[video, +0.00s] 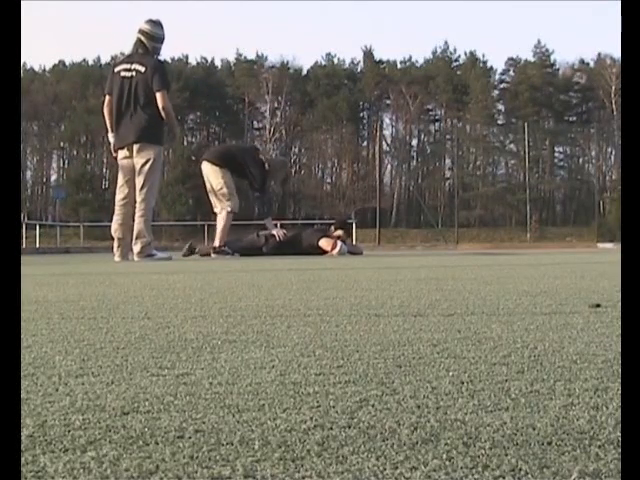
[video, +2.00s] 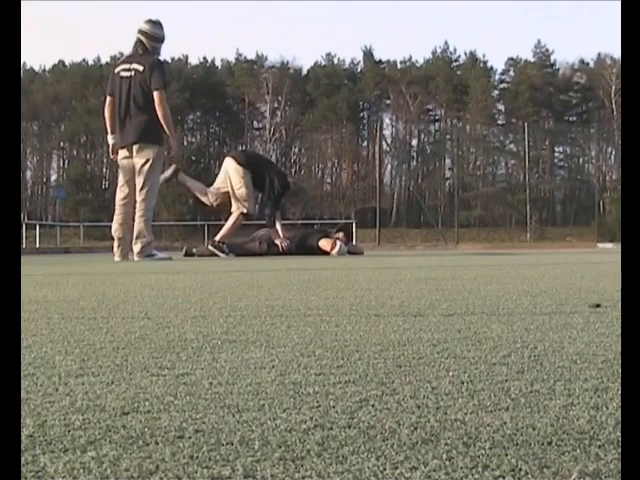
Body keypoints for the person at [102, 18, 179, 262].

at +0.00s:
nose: (160, 47)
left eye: (160, 43)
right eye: (160, 43)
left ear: (138, 38)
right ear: (156, 42)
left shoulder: (118, 65)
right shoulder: (155, 65)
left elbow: (107, 104)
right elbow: (162, 102)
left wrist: (112, 134)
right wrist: (174, 126)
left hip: (121, 136)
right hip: (147, 136)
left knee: (123, 195)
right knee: (145, 195)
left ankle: (119, 249)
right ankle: (142, 248)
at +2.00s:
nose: (160, 47)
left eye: (160, 43)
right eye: (160, 43)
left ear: (139, 38)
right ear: (156, 42)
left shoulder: (120, 65)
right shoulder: (154, 64)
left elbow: (109, 104)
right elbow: (159, 101)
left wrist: (112, 136)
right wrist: (172, 135)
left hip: (123, 138)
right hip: (148, 138)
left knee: (124, 196)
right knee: (145, 196)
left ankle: (119, 249)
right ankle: (143, 248)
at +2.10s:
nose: (160, 47)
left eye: (160, 43)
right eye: (159, 43)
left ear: (138, 38)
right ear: (155, 42)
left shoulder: (119, 65)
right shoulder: (153, 64)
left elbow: (109, 104)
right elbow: (159, 102)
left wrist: (110, 136)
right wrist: (172, 135)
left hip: (122, 138)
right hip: (147, 138)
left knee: (123, 195)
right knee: (145, 196)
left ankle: (119, 249)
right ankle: (142, 248)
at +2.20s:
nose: (160, 47)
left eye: (160, 43)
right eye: (159, 43)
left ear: (138, 38)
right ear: (155, 42)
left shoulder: (119, 65)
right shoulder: (153, 64)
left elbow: (108, 104)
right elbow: (159, 101)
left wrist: (110, 136)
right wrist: (172, 134)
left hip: (122, 137)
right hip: (147, 137)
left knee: (123, 195)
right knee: (145, 196)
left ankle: (119, 249)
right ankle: (142, 248)